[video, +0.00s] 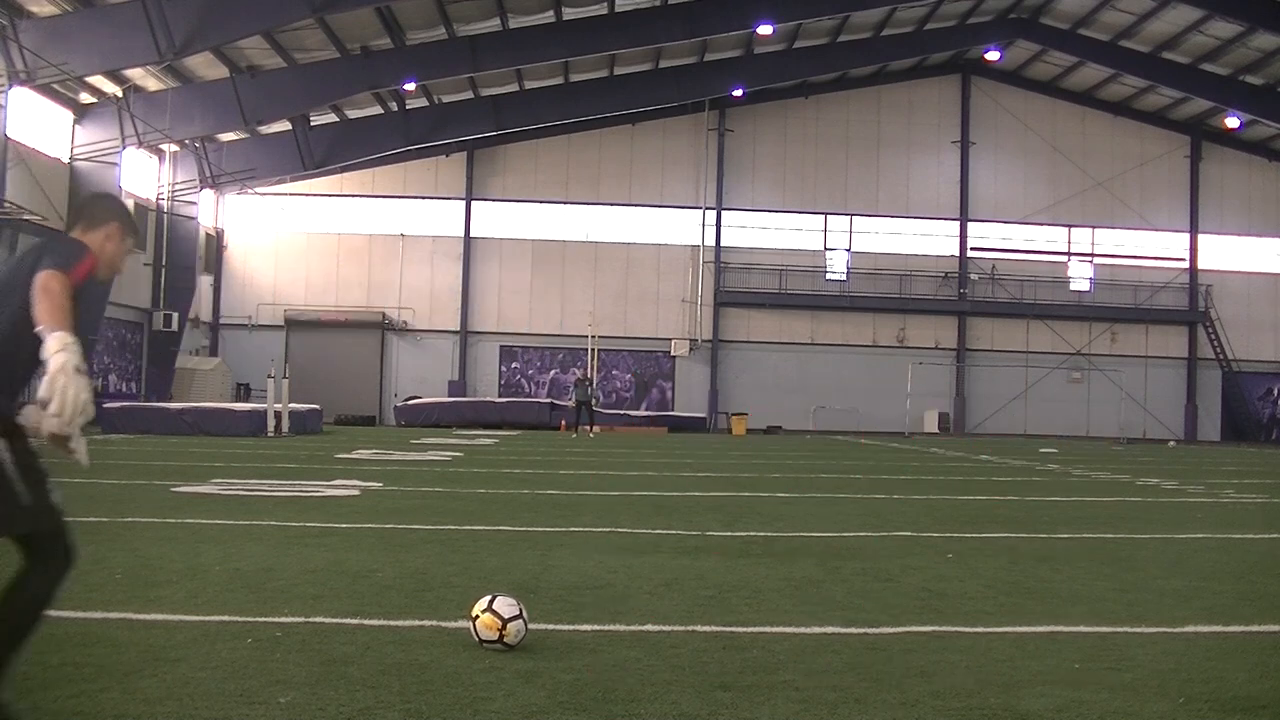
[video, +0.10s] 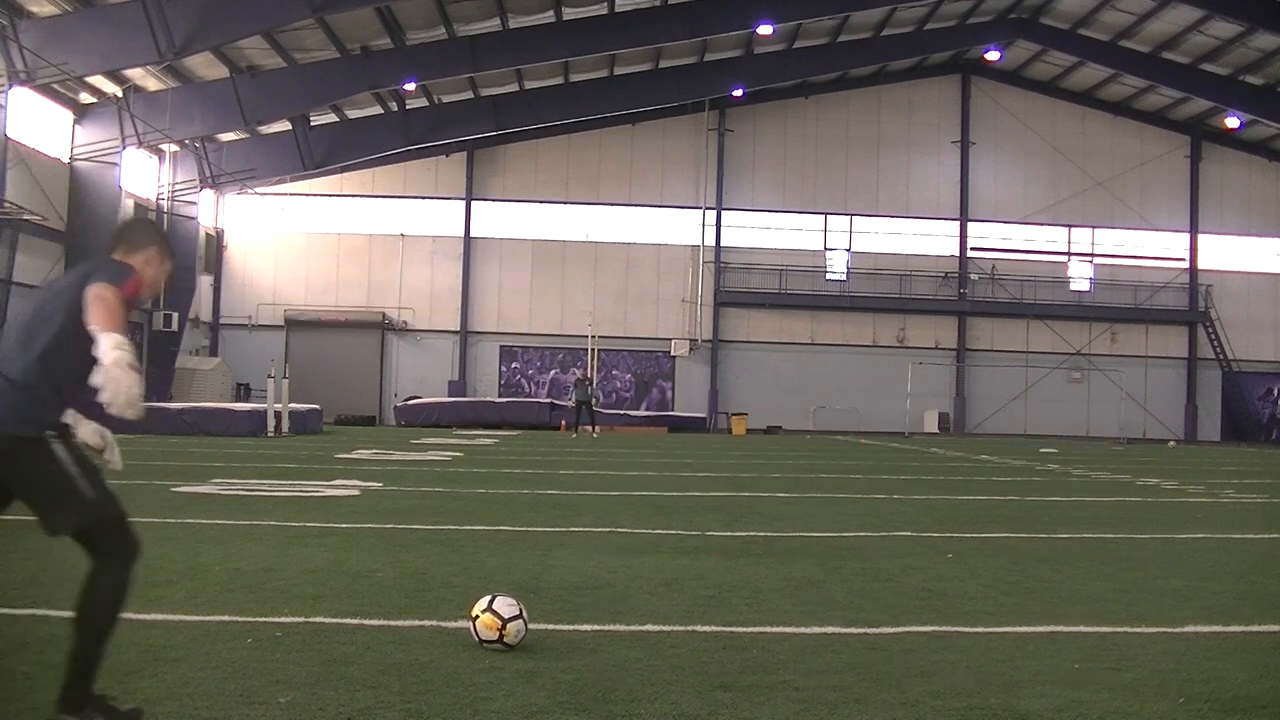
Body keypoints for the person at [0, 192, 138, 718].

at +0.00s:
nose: (122, 264)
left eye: (126, 253)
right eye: (125, 249)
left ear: (80, 227)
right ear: (108, 233)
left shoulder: (35, 257)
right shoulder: (75, 249)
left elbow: (9, 351)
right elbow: (48, 283)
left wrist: (31, 416)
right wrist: (64, 354)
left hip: (5, 424)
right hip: (2, 425)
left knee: (48, 550)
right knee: (51, 550)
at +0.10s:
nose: (158, 288)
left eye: (163, 278)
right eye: (162, 275)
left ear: (119, 250)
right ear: (149, 257)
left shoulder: (70, 281)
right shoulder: (113, 272)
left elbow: (24, 371)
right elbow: (101, 297)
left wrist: (73, 419)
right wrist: (116, 353)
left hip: (13, 426)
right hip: (26, 428)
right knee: (117, 546)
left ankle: (77, 694)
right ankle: (77, 697)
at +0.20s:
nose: (203, 295)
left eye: (207, 287)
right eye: (206, 285)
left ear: (161, 263)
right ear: (195, 270)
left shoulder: (98, 298)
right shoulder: (170, 294)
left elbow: (36, 362)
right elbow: (171, 337)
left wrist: (88, 397)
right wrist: (201, 413)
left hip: (28, 449)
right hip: (92, 453)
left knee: (9, 596)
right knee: (151, 583)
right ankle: (82, 708)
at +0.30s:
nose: (248, 301)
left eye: (249, 293)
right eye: (249, 291)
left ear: (203, 278)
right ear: (238, 281)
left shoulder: (144, 307)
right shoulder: (225, 318)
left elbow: (55, 342)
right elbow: (249, 391)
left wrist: (67, 391)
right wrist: (287, 463)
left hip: (85, 458)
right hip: (135, 458)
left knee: (145, 589)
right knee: (164, 593)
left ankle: (39, 629)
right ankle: (83, 708)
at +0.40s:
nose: (282, 291)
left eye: (283, 283)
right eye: (283, 282)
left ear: (238, 273)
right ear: (274, 273)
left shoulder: (186, 303)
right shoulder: (273, 318)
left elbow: (94, 331)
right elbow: (299, 407)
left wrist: (52, 357)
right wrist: (326, 456)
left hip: (154, 452)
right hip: (196, 454)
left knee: (247, 519)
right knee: (168, 567)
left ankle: (224, 633)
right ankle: (96, 682)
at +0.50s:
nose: (308, 291)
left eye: (310, 283)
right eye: (309, 282)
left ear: (266, 272)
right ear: (298, 273)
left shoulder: (217, 309)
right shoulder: (301, 319)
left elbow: (151, 343)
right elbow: (330, 410)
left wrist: (82, 343)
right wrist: (355, 451)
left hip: (221, 466)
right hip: (268, 459)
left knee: (290, 543)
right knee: (265, 547)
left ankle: (353, 611)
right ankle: (171, 572)